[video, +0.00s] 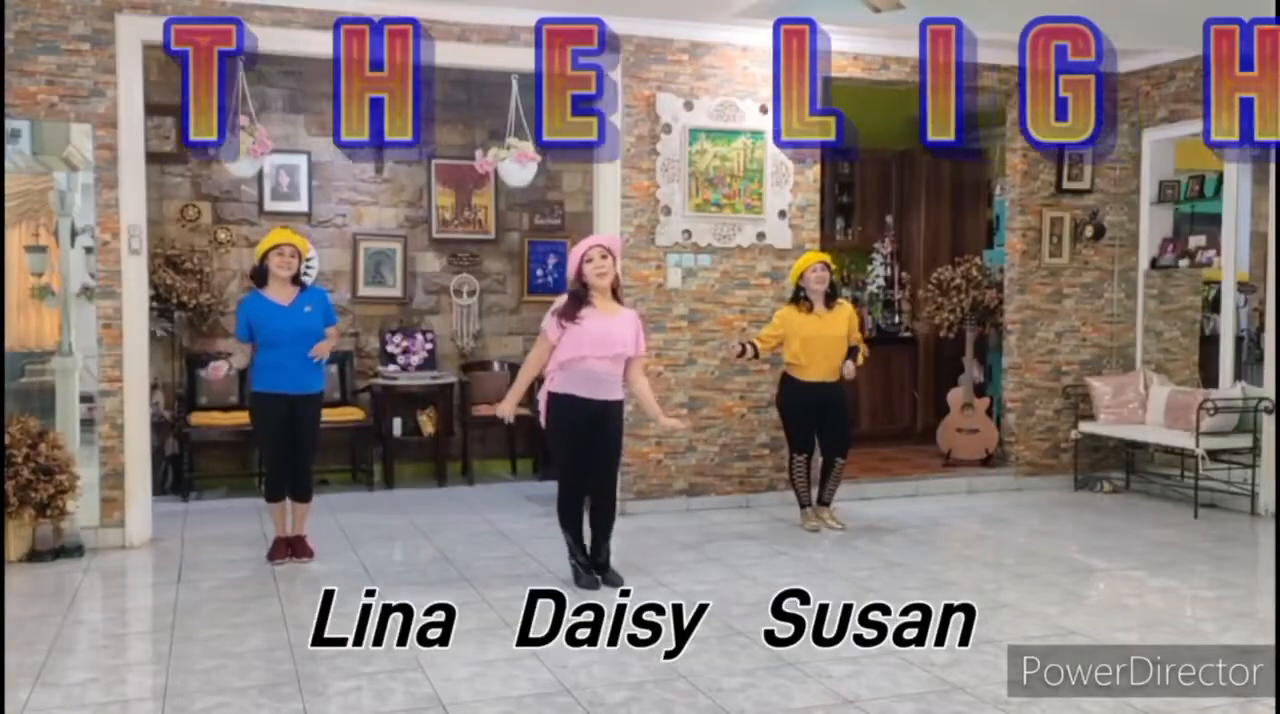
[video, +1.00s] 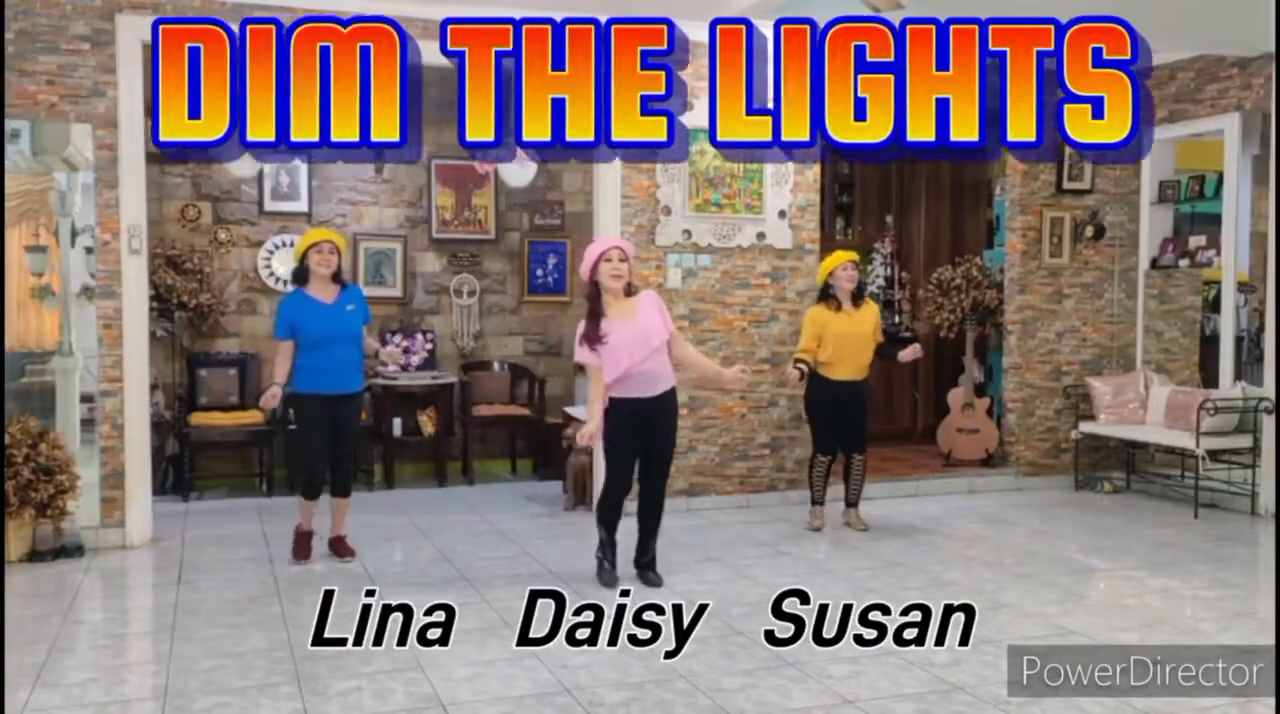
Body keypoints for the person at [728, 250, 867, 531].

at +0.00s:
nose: (820, 275)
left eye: (824, 270)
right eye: (813, 271)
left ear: (830, 276)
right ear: (801, 280)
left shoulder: (844, 310)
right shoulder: (788, 314)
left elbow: (857, 343)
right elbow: (764, 343)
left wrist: (852, 360)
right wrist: (743, 349)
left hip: (831, 389)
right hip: (796, 389)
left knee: (838, 449)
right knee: (801, 449)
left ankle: (824, 507)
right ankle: (806, 510)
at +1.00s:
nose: (852, 273)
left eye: (854, 268)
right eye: (845, 269)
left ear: (859, 275)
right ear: (830, 278)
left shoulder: (870, 310)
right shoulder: (818, 313)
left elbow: (878, 345)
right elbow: (806, 349)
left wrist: (898, 354)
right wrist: (799, 366)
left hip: (856, 387)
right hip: (823, 386)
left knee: (857, 450)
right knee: (825, 449)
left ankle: (851, 509)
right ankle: (817, 508)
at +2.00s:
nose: (836, 279)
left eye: (838, 274)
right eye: (829, 274)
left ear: (841, 280)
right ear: (813, 281)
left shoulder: (852, 314)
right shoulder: (798, 316)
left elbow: (858, 350)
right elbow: (777, 350)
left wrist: (853, 376)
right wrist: (761, 370)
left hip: (833, 392)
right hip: (796, 390)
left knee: (842, 453)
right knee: (798, 452)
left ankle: (846, 510)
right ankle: (802, 512)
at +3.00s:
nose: (838, 277)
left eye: (841, 272)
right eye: (831, 272)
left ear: (846, 277)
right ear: (817, 280)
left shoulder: (857, 307)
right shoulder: (805, 315)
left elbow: (866, 341)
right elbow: (796, 354)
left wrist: (870, 367)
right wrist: (796, 385)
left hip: (847, 387)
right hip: (813, 387)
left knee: (854, 450)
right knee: (809, 451)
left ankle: (855, 510)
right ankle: (805, 511)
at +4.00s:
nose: (858, 276)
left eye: (862, 271)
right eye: (850, 272)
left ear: (868, 277)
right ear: (838, 281)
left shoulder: (879, 314)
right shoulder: (822, 312)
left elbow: (884, 350)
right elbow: (806, 352)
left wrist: (891, 373)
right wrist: (807, 380)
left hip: (863, 391)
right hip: (826, 390)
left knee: (861, 453)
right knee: (821, 453)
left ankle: (857, 511)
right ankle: (810, 512)